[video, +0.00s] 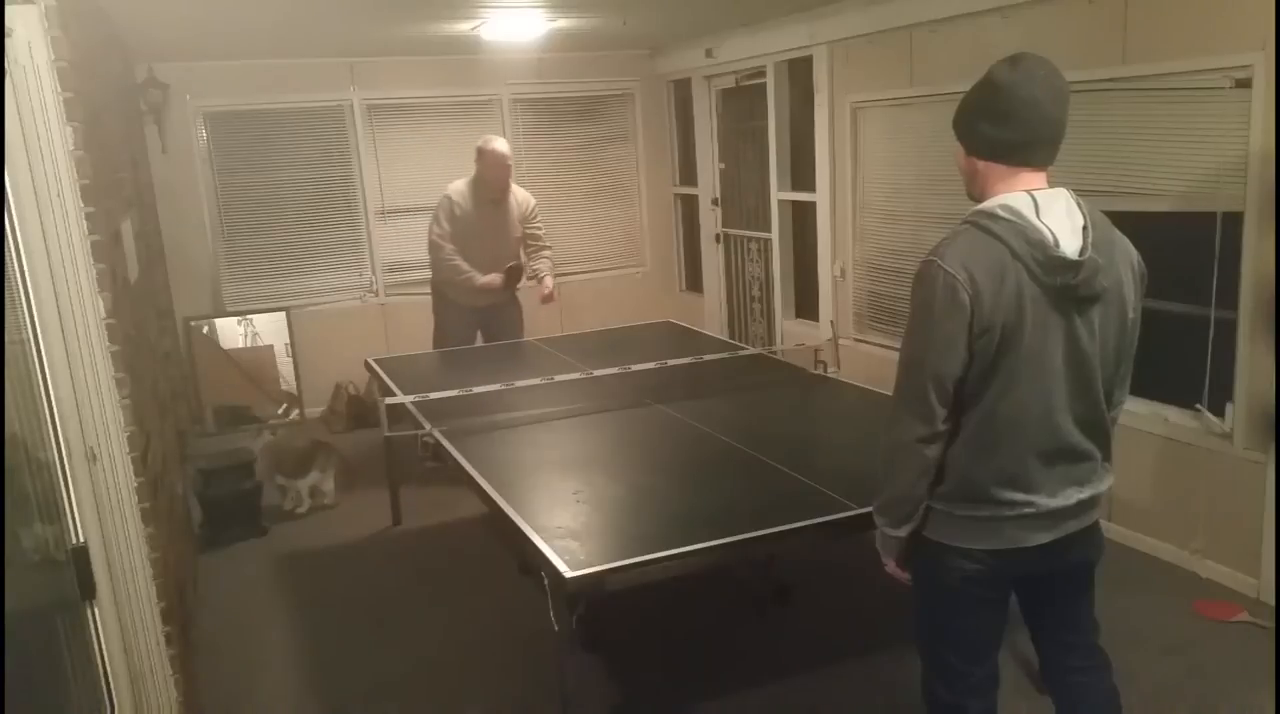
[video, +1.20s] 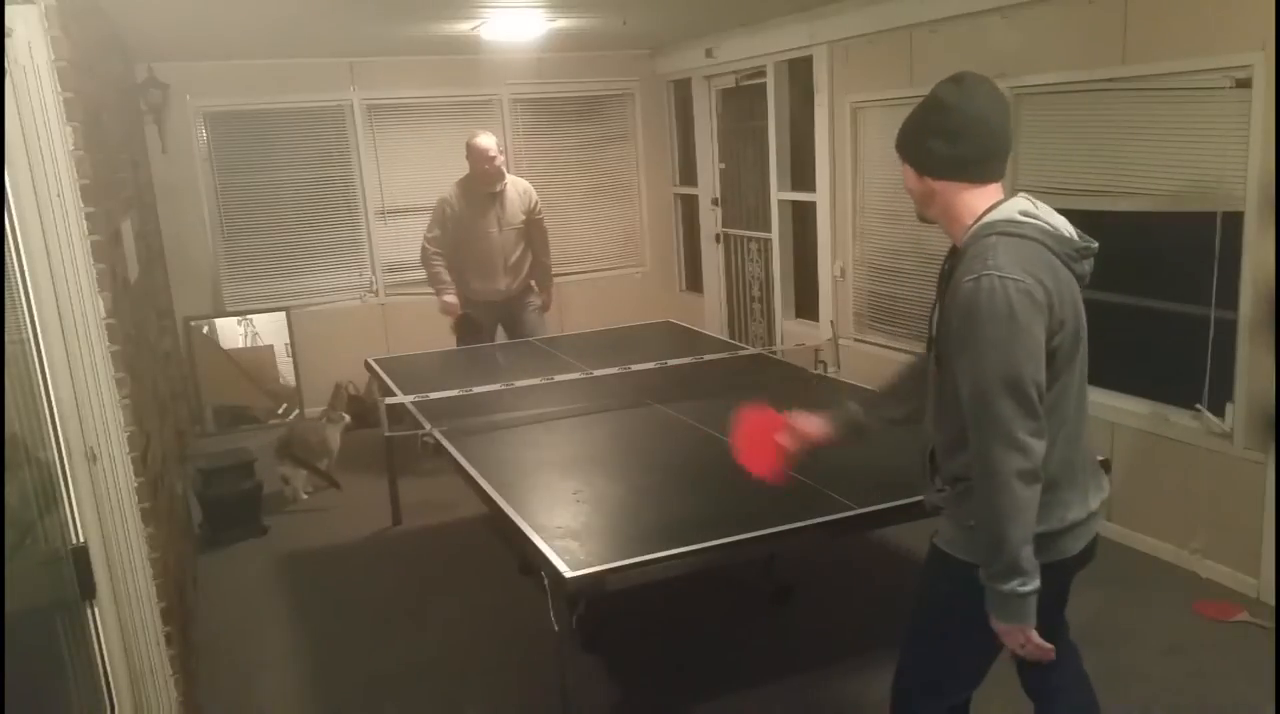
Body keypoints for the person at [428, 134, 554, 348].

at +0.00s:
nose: (504, 175)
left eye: (507, 167)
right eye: (496, 168)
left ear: (512, 165)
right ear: (479, 165)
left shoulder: (523, 201)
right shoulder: (453, 199)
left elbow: (538, 246)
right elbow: (441, 254)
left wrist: (546, 277)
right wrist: (476, 280)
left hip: (503, 301)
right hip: (456, 303)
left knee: (512, 368)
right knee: (455, 374)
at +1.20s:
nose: (490, 166)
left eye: (493, 158)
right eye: (483, 162)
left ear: (502, 154)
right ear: (469, 161)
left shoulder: (523, 191)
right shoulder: (452, 201)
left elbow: (540, 242)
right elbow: (432, 250)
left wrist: (545, 285)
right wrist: (446, 291)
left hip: (521, 297)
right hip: (475, 302)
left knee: (539, 361)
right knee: (475, 372)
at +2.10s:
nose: (511, 160)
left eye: (517, 154)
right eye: (505, 154)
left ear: (528, 154)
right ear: (494, 155)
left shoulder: (546, 195)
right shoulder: (475, 189)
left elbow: (562, 254)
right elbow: (448, 223)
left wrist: (558, 300)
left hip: (529, 296)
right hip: (482, 296)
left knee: (533, 366)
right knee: (481, 367)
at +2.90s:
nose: (502, 169)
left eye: (508, 161)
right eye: (495, 162)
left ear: (517, 155)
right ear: (484, 160)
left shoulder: (540, 194)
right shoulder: (465, 199)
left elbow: (560, 246)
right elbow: (442, 248)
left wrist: (565, 294)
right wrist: (464, 288)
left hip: (532, 306)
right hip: (486, 310)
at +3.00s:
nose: (501, 169)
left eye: (506, 161)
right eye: (494, 162)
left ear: (516, 156)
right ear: (482, 160)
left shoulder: (537, 193)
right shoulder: (464, 199)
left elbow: (556, 245)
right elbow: (442, 248)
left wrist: (564, 292)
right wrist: (473, 287)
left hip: (530, 305)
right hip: (485, 308)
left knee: (533, 373)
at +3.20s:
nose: (507, 175)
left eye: (512, 167)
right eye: (499, 168)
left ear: (518, 162)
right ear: (484, 163)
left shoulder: (532, 195)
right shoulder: (467, 198)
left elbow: (550, 245)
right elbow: (461, 242)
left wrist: (560, 291)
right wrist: (509, 255)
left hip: (523, 299)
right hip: (478, 302)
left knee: (533, 370)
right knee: (486, 375)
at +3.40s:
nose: (514, 165)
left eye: (516, 158)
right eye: (506, 160)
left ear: (519, 157)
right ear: (489, 160)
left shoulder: (532, 194)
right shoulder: (469, 192)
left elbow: (546, 247)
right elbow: (440, 221)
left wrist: (554, 290)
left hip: (521, 296)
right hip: (477, 299)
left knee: (531, 364)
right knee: (485, 369)